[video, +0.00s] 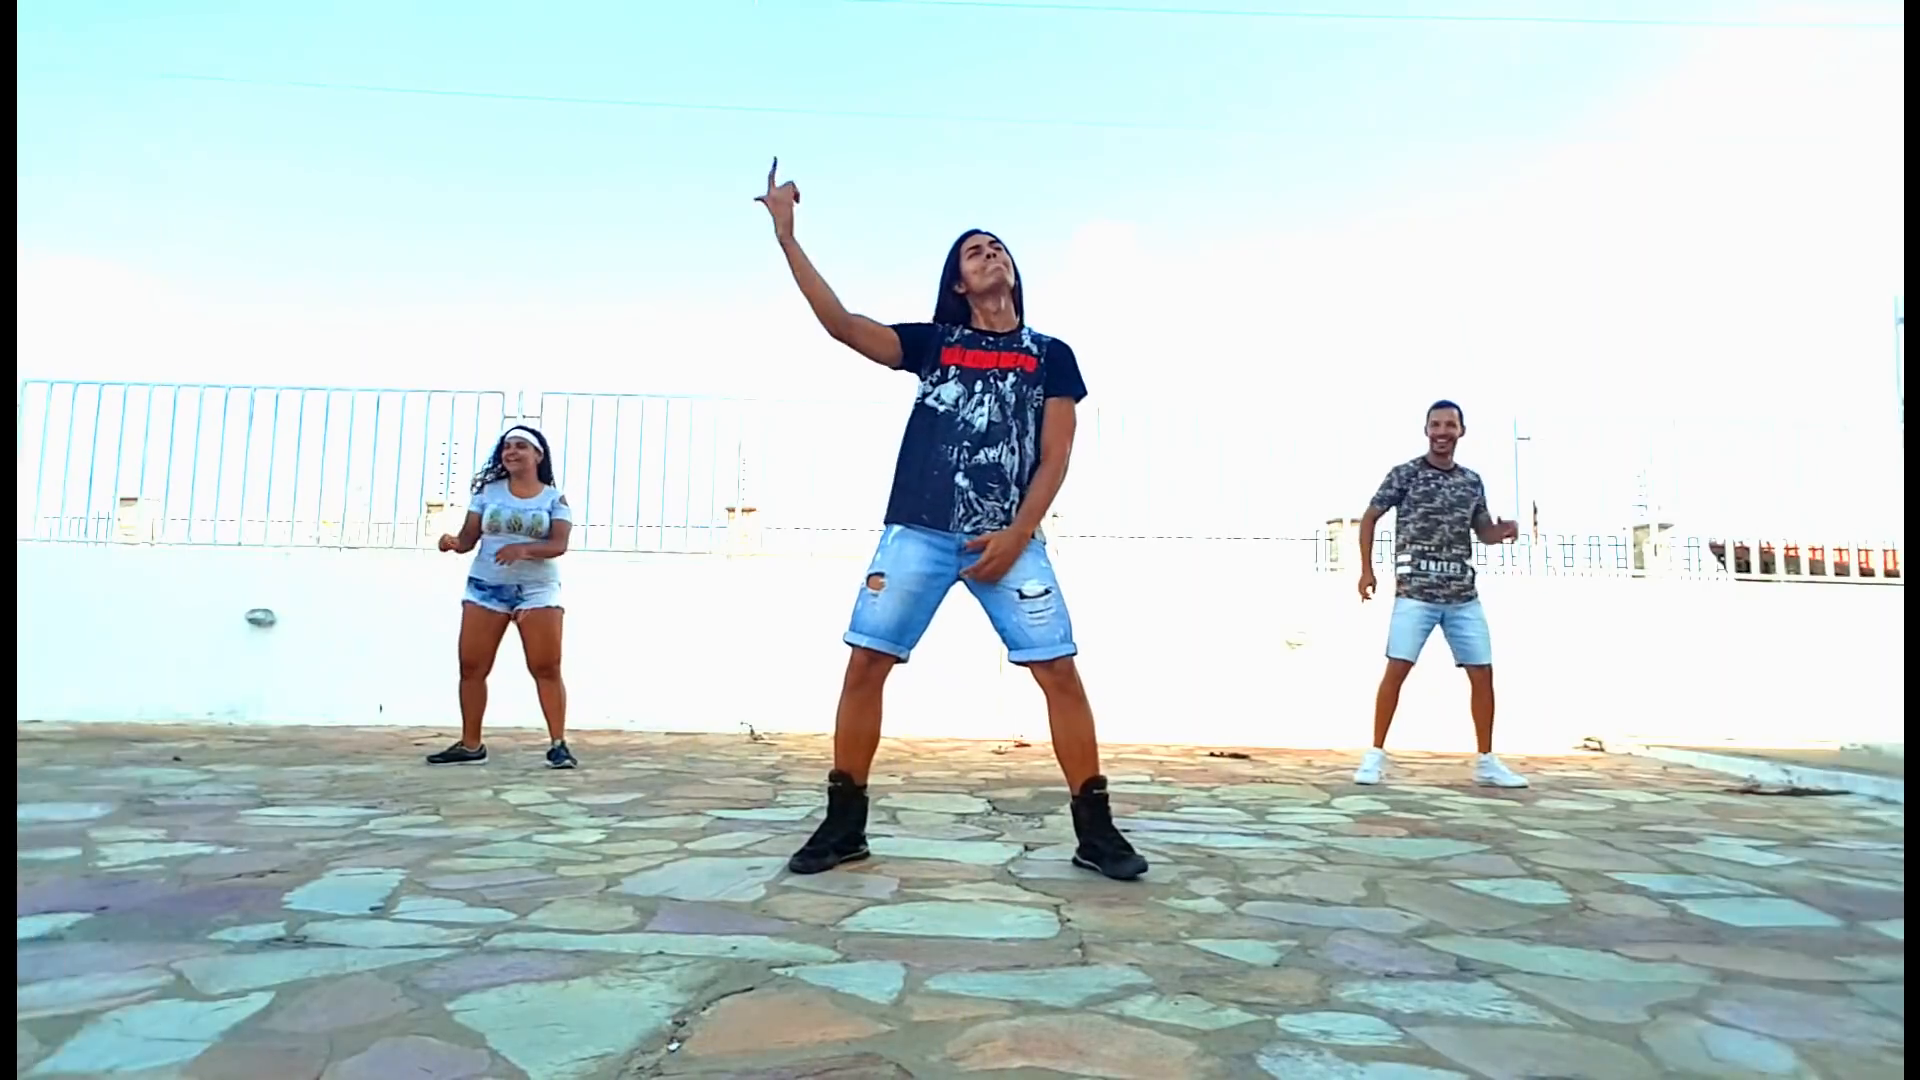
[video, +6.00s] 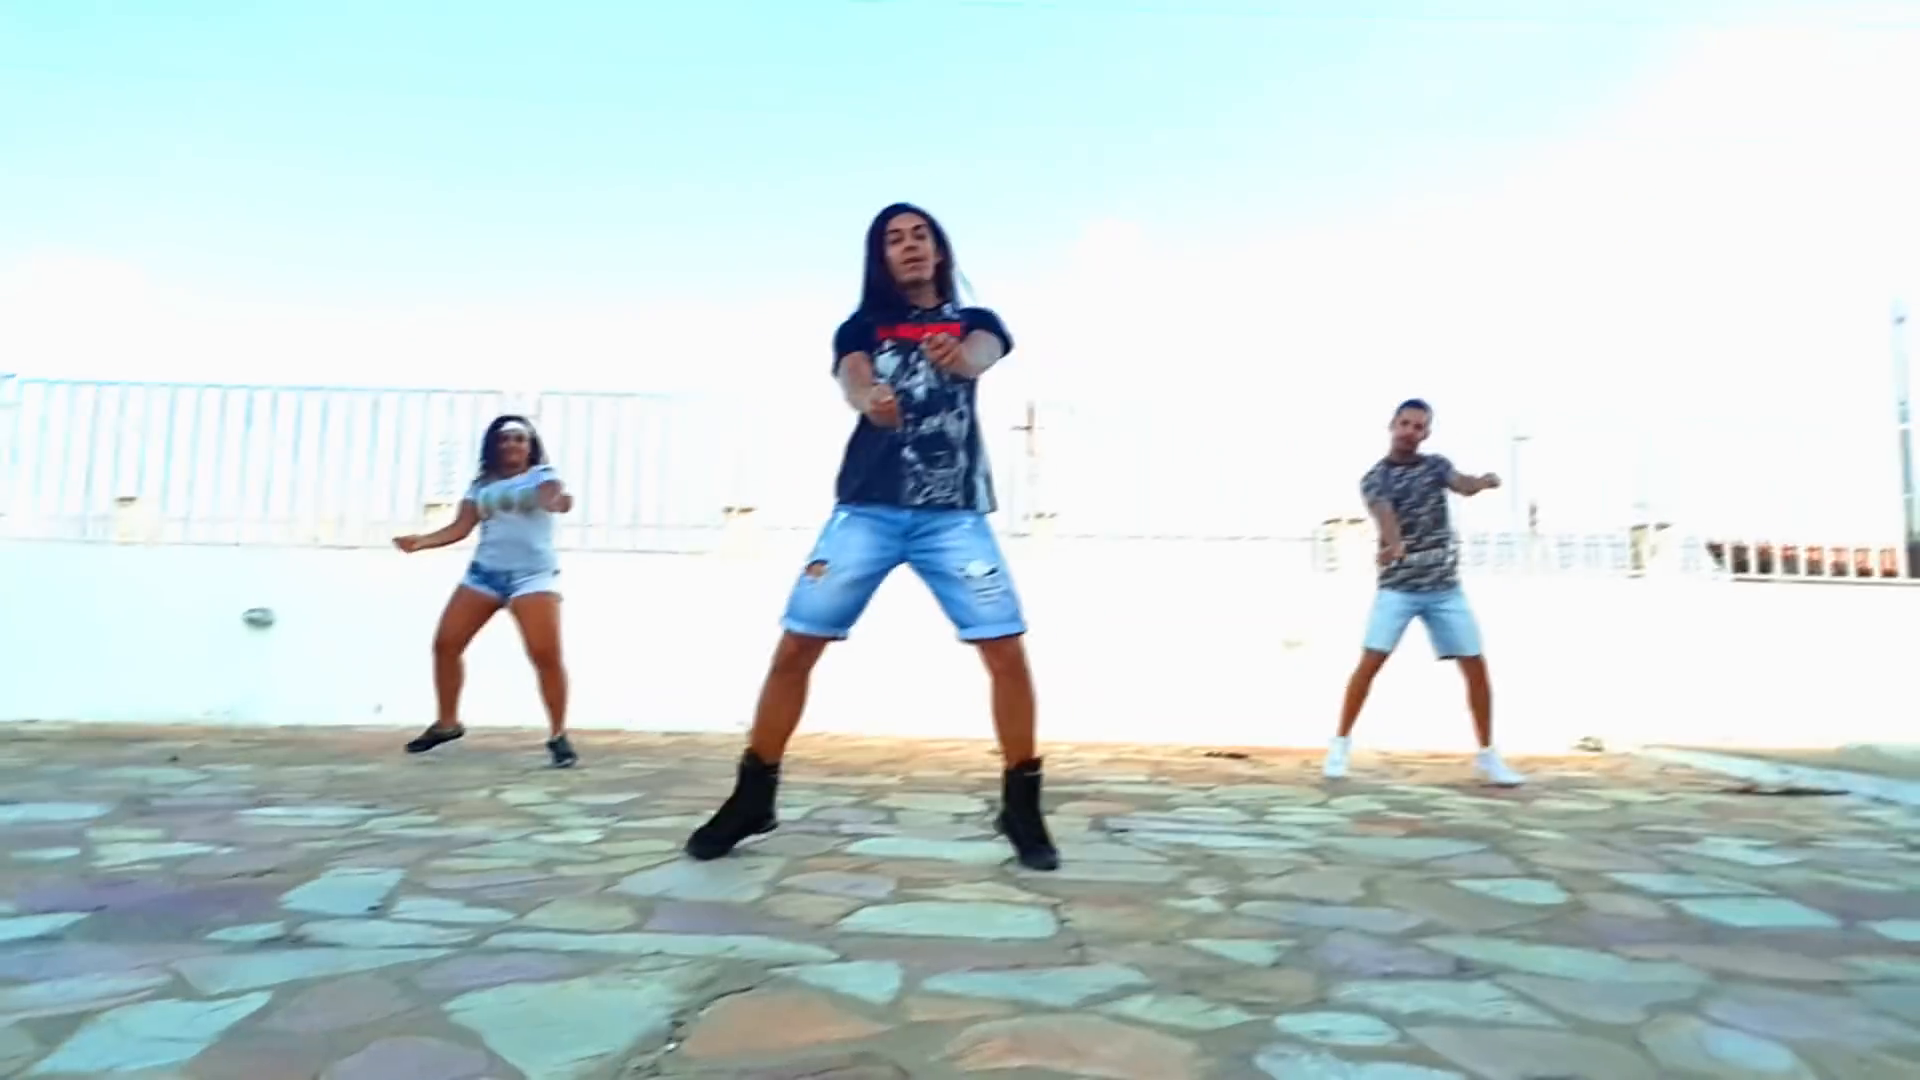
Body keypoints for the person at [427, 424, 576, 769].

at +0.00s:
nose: (511, 451)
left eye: (520, 446)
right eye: (507, 447)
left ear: (538, 456)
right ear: (500, 456)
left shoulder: (554, 499)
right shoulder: (487, 493)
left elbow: (558, 545)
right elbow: (468, 540)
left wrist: (523, 549)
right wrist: (454, 543)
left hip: (538, 592)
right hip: (485, 589)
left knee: (546, 669)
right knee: (471, 669)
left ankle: (558, 744)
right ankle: (470, 744)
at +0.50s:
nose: (536, 451)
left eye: (542, 447)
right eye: (528, 446)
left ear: (547, 457)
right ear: (512, 454)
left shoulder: (557, 495)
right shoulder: (493, 492)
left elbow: (571, 544)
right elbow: (477, 537)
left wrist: (543, 566)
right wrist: (490, 562)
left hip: (540, 591)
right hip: (492, 589)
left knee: (546, 667)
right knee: (483, 667)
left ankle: (557, 744)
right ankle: (472, 743)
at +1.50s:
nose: (550, 454)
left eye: (557, 451)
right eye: (544, 449)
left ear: (564, 460)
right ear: (528, 455)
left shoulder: (571, 500)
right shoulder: (506, 492)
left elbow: (580, 545)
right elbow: (489, 533)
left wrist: (581, 584)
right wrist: (481, 568)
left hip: (550, 589)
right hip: (501, 587)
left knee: (554, 668)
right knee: (487, 667)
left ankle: (559, 743)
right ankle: (472, 743)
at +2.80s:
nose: (543, 464)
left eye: (551, 458)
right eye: (538, 457)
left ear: (570, 462)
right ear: (533, 460)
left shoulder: (584, 504)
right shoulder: (518, 495)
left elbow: (587, 554)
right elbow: (497, 541)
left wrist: (551, 563)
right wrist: (475, 583)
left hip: (558, 591)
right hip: (513, 588)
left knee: (558, 667)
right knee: (492, 667)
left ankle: (558, 745)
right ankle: (472, 743)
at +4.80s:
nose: (527, 459)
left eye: (535, 454)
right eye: (520, 454)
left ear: (550, 462)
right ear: (513, 463)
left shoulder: (561, 496)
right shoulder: (500, 497)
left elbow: (564, 513)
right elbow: (486, 523)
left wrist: (553, 517)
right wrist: (489, 536)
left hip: (543, 589)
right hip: (494, 586)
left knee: (553, 668)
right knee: (479, 666)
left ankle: (558, 744)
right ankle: (471, 744)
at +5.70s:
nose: (531, 454)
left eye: (537, 449)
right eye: (523, 449)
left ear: (545, 459)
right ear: (510, 458)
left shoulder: (555, 495)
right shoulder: (493, 497)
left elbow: (565, 516)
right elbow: (470, 534)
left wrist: (561, 525)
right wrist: (449, 562)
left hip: (539, 588)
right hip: (489, 587)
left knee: (551, 669)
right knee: (471, 668)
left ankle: (556, 744)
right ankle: (471, 744)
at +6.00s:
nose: (512, 445)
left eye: (519, 439)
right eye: (504, 439)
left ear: (530, 446)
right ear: (493, 447)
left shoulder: (541, 476)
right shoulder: (482, 486)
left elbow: (550, 496)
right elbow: (459, 528)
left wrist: (558, 502)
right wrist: (420, 541)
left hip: (533, 576)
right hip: (484, 575)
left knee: (546, 654)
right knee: (446, 645)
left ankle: (558, 734)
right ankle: (447, 723)